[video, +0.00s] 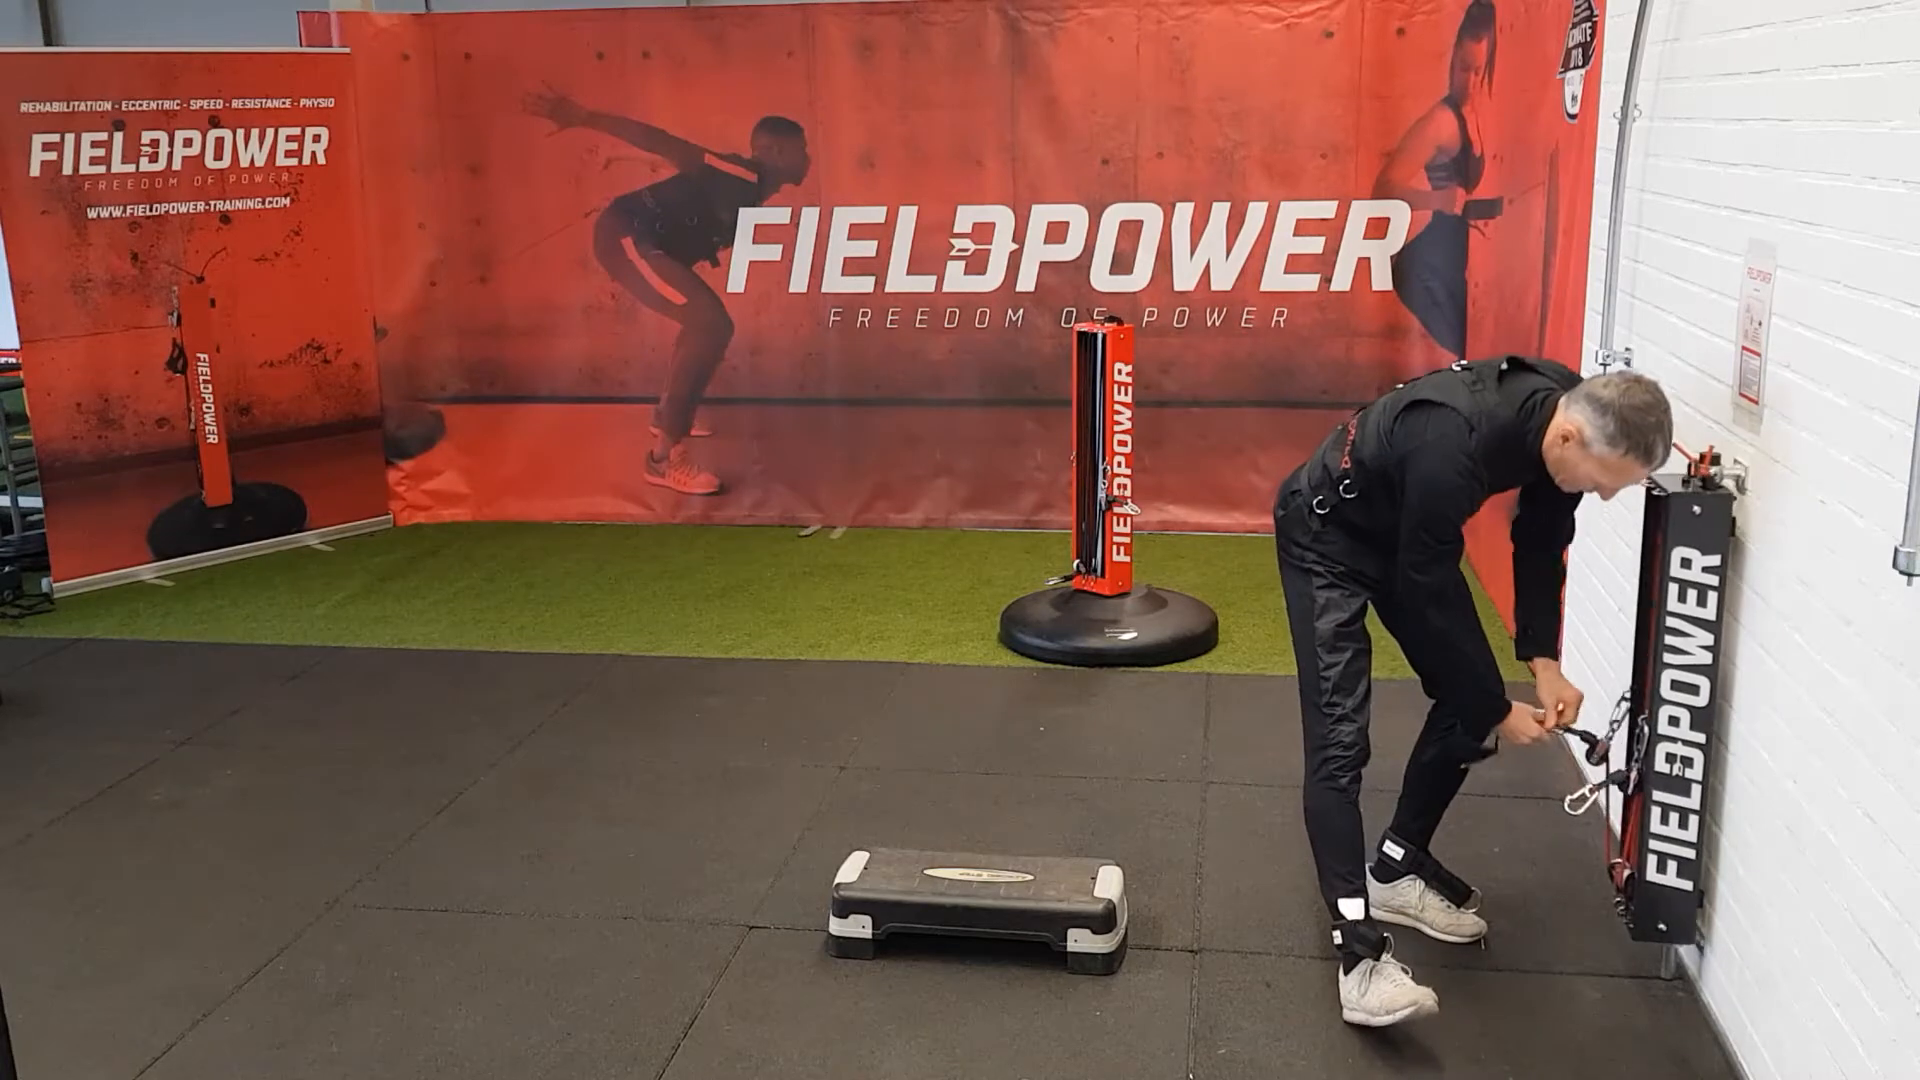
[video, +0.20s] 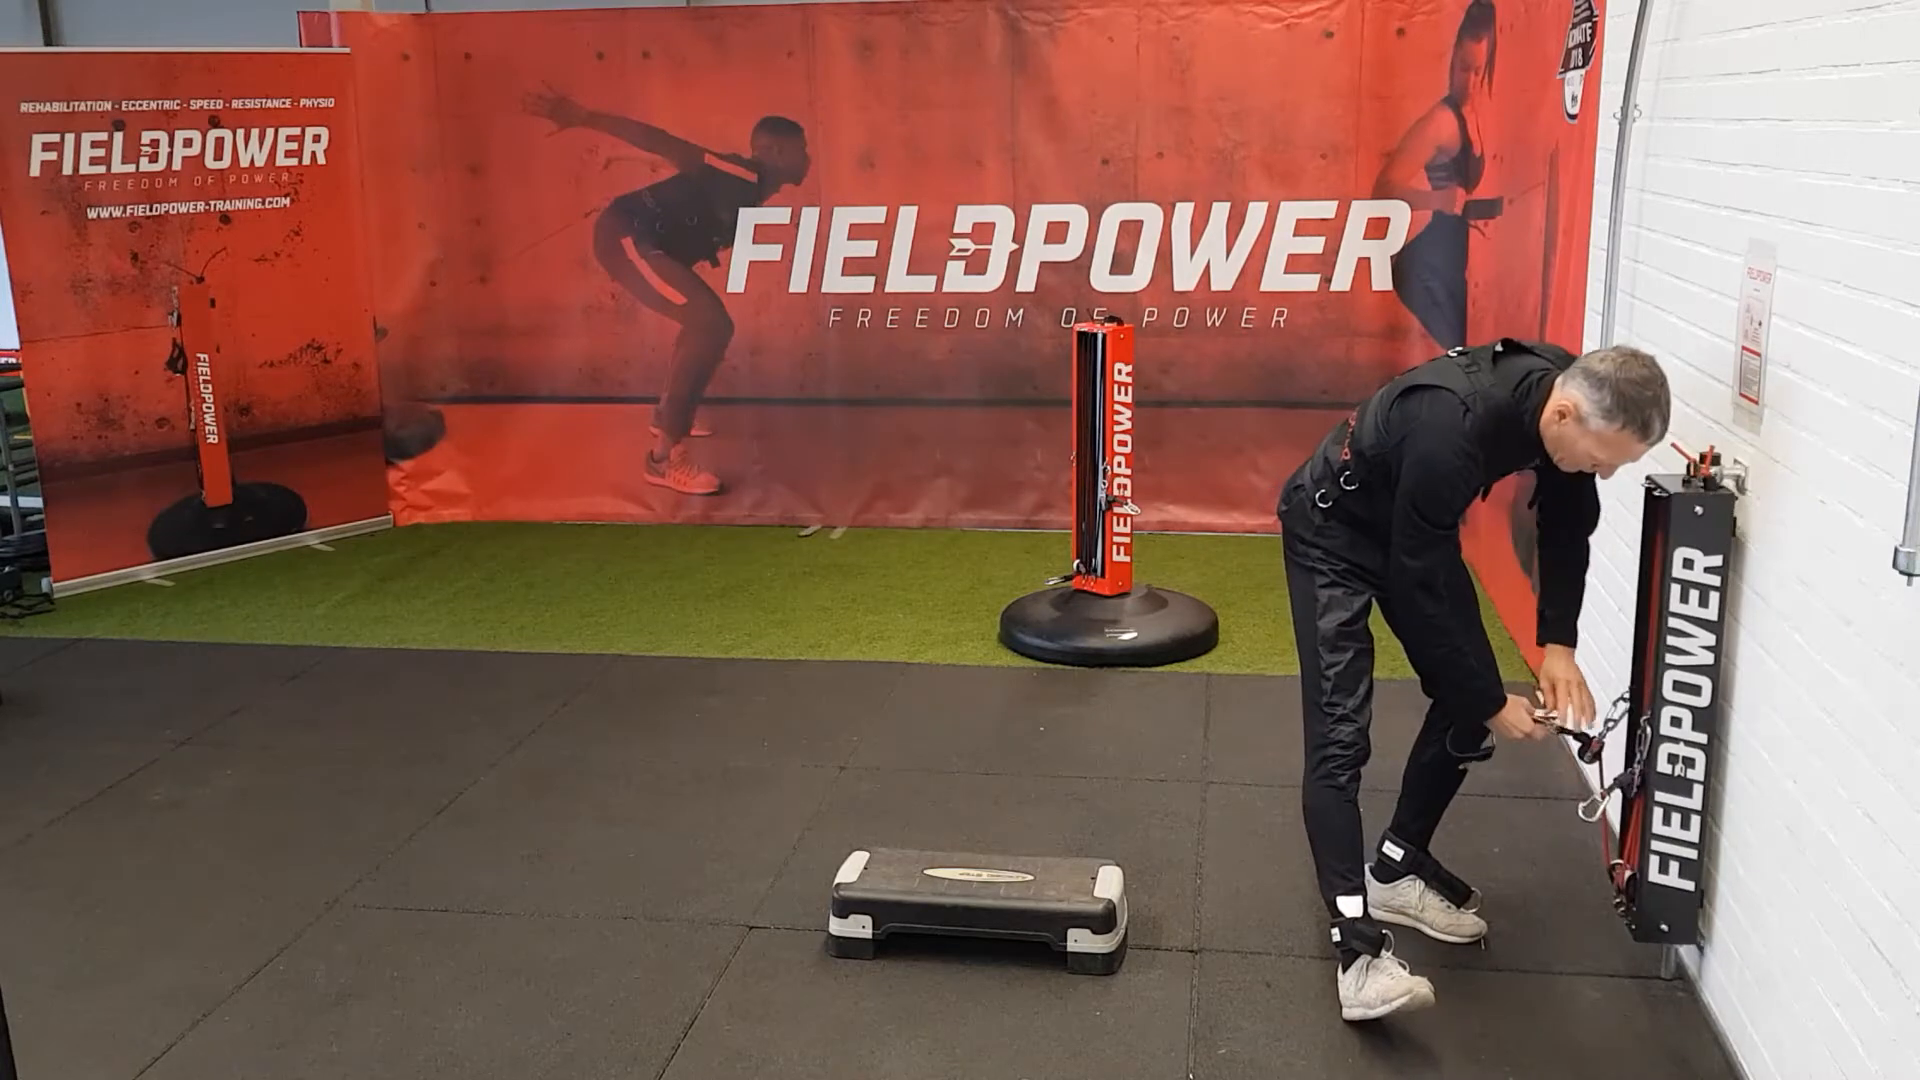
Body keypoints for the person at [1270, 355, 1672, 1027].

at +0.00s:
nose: (1602, 495)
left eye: (1615, 486)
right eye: (1602, 481)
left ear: (1575, 423)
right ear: (1566, 432)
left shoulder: (1566, 412)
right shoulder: (1450, 445)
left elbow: (1540, 540)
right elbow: (1427, 583)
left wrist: (1544, 662)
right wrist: (1497, 711)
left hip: (1405, 537)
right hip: (1326, 524)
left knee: (1474, 699)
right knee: (1339, 740)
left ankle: (1396, 865)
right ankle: (1358, 953)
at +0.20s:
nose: (1595, 475)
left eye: (1610, 467)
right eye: (1594, 459)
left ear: (1577, 401)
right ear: (1564, 411)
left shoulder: (1569, 393)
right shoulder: (1449, 431)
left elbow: (1565, 519)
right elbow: (1420, 580)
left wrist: (1558, 644)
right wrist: (1489, 703)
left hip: (1417, 537)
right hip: (1332, 527)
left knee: (1473, 699)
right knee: (1340, 737)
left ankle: (1397, 864)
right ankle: (1355, 951)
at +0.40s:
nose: (1595, 475)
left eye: (1608, 465)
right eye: (1591, 459)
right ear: (1554, 411)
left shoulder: (1570, 389)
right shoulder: (1446, 435)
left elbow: (1590, 520)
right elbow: (1416, 581)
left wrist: (1573, 655)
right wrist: (1493, 703)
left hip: (1422, 535)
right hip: (1336, 530)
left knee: (1473, 702)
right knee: (1344, 737)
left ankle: (1398, 863)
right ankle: (1357, 954)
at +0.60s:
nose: (1599, 483)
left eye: (1610, 473)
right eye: (1592, 468)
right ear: (1549, 425)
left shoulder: (1570, 397)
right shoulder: (1438, 443)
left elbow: (1594, 531)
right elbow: (1413, 589)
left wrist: (1577, 661)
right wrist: (1489, 706)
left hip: (1427, 533)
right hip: (1336, 531)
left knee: (1472, 700)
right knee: (1347, 736)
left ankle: (1398, 863)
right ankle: (1357, 953)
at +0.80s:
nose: (1594, 497)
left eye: (1607, 487)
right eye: (1587, 484)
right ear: (1548, 440)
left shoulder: (1569, 403)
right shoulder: (1436, 450)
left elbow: (1592, 533)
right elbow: (1407, 597)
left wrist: (1579, 662)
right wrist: (1482, 709)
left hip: (1425, 532)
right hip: (1334, 530)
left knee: (1469, 700)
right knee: (1344, 737)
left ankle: (1397, 863)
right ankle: (1357, 955)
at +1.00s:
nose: (1593, 504)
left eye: (1607, 493)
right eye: (1586, 489)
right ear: (1547, 443)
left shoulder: (1569, 405)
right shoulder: (1435, 458)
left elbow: (1593, 530)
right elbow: (1424, 612)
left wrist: (1580, 657)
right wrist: (1495, 718)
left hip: (1419, 535)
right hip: (1331, 531)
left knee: (1467, 703)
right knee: (1344, 743)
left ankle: (1396, 868)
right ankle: (1360, 958)